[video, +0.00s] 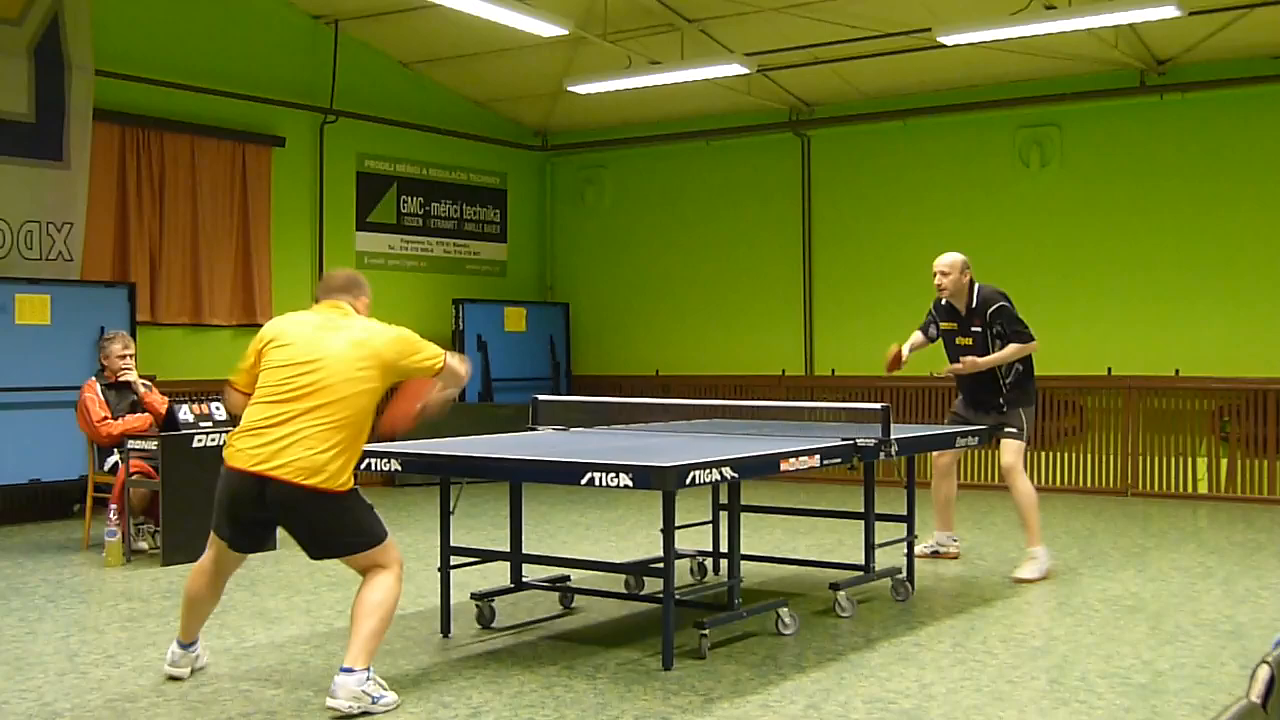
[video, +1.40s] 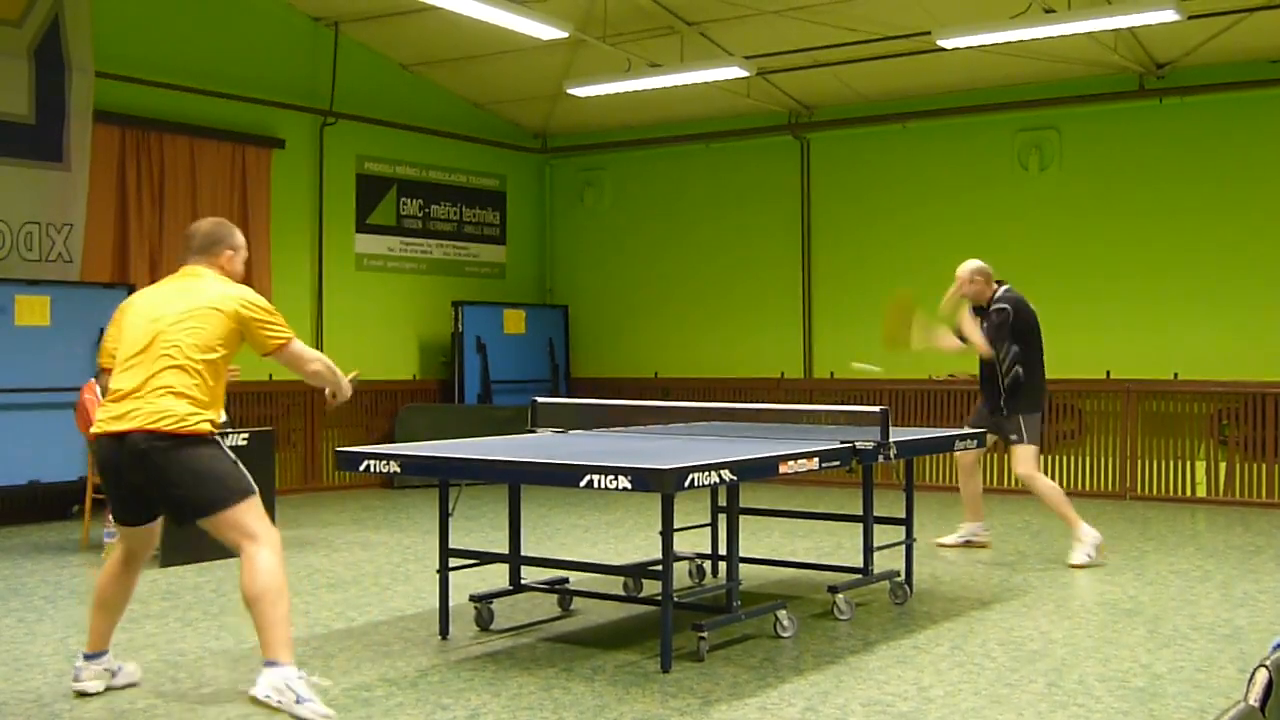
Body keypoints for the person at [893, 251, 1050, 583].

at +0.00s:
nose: (938, 281)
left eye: (944, 274)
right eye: (935, 275)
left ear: (966, 276)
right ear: (936, 279)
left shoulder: (993, 301)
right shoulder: (941, 306)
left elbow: (1027, 344)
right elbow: (928, 333)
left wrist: (981, 363)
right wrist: (906, 347)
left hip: (1012, 400)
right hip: (972, 399)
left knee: (1010, 466)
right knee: (942, 459)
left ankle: (1037, 553)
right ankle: (944, 539)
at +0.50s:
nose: (917, 303)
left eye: (922, 296)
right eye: (913, 297)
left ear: (942, 292)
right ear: (912, 295)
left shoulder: (974, 309)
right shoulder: (914, 322)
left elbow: (1020, 333)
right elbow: (882, 348)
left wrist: (1010, 378)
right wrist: (863, 351)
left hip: (993, 401)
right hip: (951, 402)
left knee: (1014, 464)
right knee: (912, 458)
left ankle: (1049, 547)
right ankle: (919, 535)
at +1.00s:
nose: (945, 291)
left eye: (951, 286)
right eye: (942, 286)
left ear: (971, 287)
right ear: (942, 289)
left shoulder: (999, 309)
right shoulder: (946, 319)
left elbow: (1035, 346)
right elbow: (930, 351)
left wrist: (1009, 386)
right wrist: (912, 369)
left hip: (1023, 399)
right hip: (981, 399)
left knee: (1042, 466)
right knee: (950, 458)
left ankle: (1070, 543)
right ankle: (954, 531)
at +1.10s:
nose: (943, 296)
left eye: (949, 289)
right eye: (941, 291)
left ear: (969, 289)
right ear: (941, 294)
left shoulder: (999, 312)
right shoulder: (948, 324)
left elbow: (1035, 350)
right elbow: (938, 366)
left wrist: (1012, 390)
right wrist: (920, 395)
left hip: (1024, 400)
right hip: (982, 400)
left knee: (1041, 466)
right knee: (952, 460)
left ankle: (1070, 543)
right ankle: (954, 532)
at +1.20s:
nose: (939, 304)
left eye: (944, 297)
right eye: (937, 298)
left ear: (965, 293)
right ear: (952, 297)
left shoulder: (995, 316)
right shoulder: (959, 328)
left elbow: (1026, 356)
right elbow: (976, 373)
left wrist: (992, 391)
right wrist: (959, 408)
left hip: (1027, 405)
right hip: (991, 404)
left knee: (1039, 475)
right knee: (956, 457)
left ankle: (1090, 542)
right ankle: (954, 531)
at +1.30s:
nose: (943, 303)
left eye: (946, 296)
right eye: (942, 297)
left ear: (966, 291)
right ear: (963, 293)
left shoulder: (992, 315)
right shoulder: (974, 321)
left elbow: (1018, 359)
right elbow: (992, 366)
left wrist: (974, 382)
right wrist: (971, 385)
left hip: (1027, 407)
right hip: (998, 405)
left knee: (1040, 478)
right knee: (963, 456)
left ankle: (1094, 544)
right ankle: (957, 530)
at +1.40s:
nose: (960, 291)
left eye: (963, 285)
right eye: (959, 286)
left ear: (980, 282)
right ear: (975, 284)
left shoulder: (1007, 303)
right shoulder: (983, 306)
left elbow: (986, 348)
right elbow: (961, 341)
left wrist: (963, 313)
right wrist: (932, 336)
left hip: (1023, 402)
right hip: (994, 400)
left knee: (1026, 470)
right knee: (965, 455)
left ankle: (1084, 533)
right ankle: (974, 529)